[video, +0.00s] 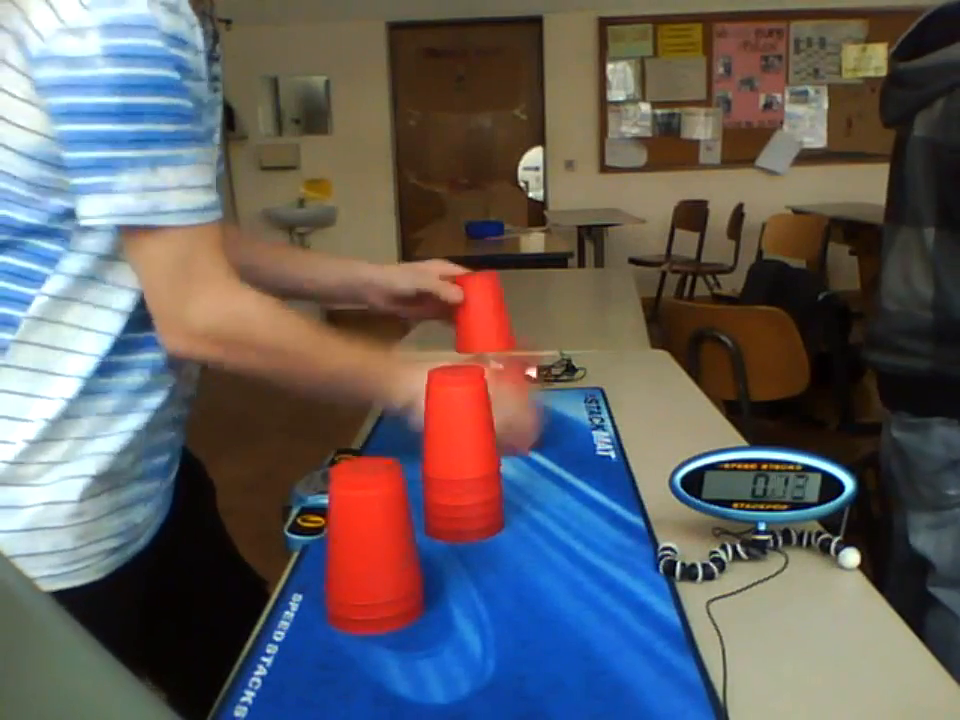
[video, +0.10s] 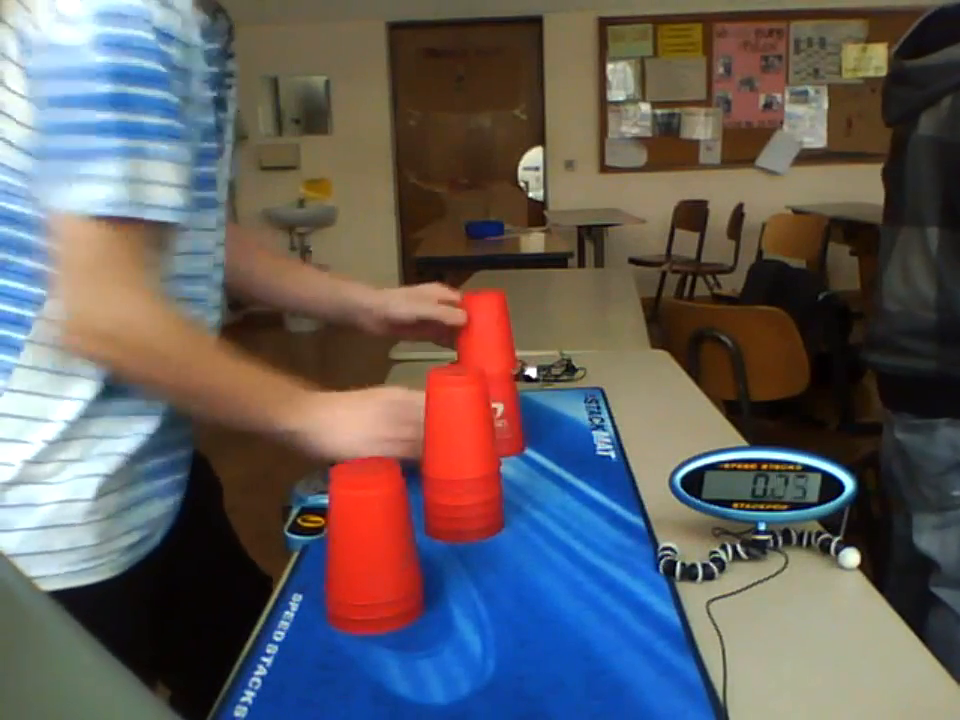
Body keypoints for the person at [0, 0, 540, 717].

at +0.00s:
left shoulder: (160, 22)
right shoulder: (119, 24)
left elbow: (198, 238)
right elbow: (195, 312)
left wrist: (375, 284)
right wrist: (412, 384)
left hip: (143, 480)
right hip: (63, 537)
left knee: (278, 679)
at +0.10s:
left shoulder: (198, 26)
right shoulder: (113, 25)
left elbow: (196, 235)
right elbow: (98, 310)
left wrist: (367, 306)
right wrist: (312, 411)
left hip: (159, 487)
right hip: (62, 536)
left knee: (273, 679)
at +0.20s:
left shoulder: (216, 27)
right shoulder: (98, 14)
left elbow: (186, 248)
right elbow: (10, 272)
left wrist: (349, 332)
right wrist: (231, 435)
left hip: (175, 498)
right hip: (58, 550)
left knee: (281, 688)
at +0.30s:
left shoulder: (222, 29)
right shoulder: (87, 13)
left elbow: (199, 259)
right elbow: (9, 282)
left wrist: (376, 342)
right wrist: (213, 449)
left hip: (176, 505)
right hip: (54, 552)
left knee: (278, 696)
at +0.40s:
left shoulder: (218, 26)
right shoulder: (80, 14)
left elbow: (197, 257)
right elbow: (14, 293)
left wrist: (378, 339)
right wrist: (215, 461)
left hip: (172, 513)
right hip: (60, 558)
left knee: (279, 693)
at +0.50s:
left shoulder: (215, 30)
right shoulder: (59, 14)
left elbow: (214, 277)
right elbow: (13, 298)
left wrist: (366, 409)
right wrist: (215, 462)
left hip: (169, 516)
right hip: (53, 561)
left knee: (286, 695)